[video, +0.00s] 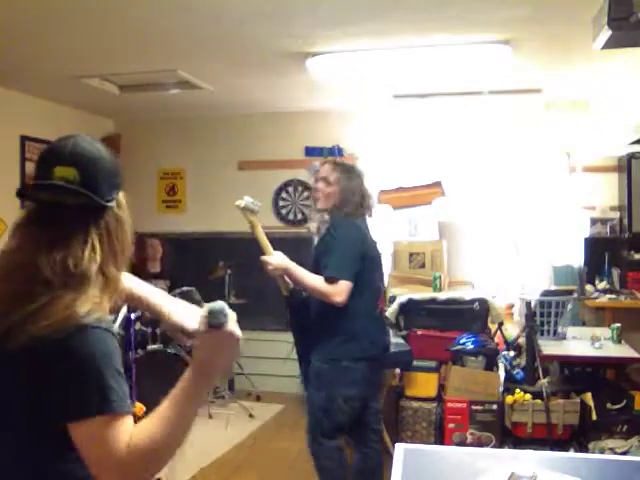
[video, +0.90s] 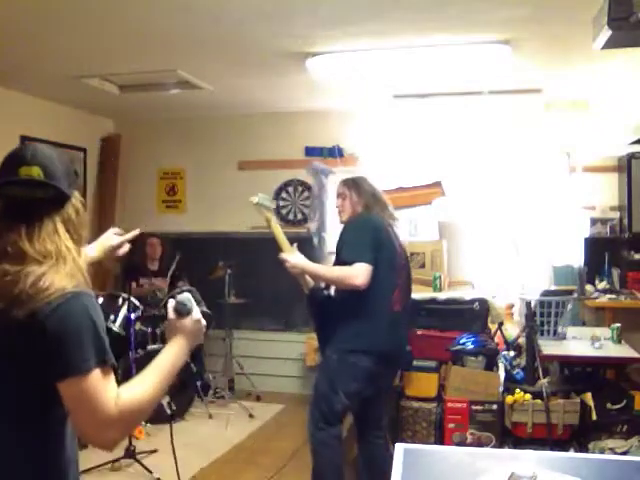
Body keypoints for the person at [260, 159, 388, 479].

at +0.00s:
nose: (316, 187)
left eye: (325, 182)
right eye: (316, 181)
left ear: (346, 189)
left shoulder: (343, 230)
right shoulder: (353, 228)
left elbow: (338, 293)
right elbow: (329, 292)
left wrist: (288, 266)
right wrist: (289, 280)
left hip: (342, 354)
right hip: (365, 351)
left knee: (324, 440)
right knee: (367, 437)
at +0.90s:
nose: (337, 205)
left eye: (341, 198)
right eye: (336, 199)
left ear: (357, 197)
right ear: (368, 200)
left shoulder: (361, 225)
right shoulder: (387, 234)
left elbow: (359, 276)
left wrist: (305, 266)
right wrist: (306, 279)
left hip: (357, 347)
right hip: (386, 348)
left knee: (324, 424)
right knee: (373, 430)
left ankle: (328, 475)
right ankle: (376, 476)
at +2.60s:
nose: (360, 203)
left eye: (362, 198)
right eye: (361, 197)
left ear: (368, 199)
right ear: (396, 200)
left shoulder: (366, 229)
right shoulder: (409, 241)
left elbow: (344, 281)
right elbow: (400, 295)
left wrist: (303, 271)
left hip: (354, 346)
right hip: (390, 348)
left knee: (322, 423)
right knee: (374, 430)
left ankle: (320, 474)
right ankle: (376, 476)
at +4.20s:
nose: (309, 213)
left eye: (313, 206)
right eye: (309, 206)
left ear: (330, 209)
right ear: (349, 207)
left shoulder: (336, 242)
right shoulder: (370, 243)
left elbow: (323, 306)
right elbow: (368, 306)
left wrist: (285, 293)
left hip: (327, 360)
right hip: (358, 359)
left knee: (294, 442)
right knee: (351, 431)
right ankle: (366, 476)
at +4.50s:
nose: (308, 207)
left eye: (313, 201)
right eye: (309, 200)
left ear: (330, 207)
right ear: (349, 207)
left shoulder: (338, 241)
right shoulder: (367, 242)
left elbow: (326, 307)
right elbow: (361, 305)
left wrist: (280, 295)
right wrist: (310, 297)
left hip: (327, 362)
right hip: (358, 361)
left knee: (296, 445)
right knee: (352, 433)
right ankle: (368, 476)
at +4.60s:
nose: (307, 207)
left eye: (314, 201)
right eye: (309, 200)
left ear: (330, 207)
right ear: (349, 207)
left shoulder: (337, 241)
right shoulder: (366, 241)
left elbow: (326, 308)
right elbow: (360, 304)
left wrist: (279, 295)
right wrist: (311, 294)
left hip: (327, 362)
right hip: (358, 361)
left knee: (296, 446)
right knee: (352, 434)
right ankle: (368, 476)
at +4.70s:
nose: (309, 211)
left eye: (314, 204)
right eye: (310, 204)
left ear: (329, 209)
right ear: (351, 207)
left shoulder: (338, 243)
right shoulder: (367, 241)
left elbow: (326, 308)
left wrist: (279, 294)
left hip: (327, 363)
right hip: (358, 361)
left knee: (296, 445)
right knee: (352, 434)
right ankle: (368, 476)